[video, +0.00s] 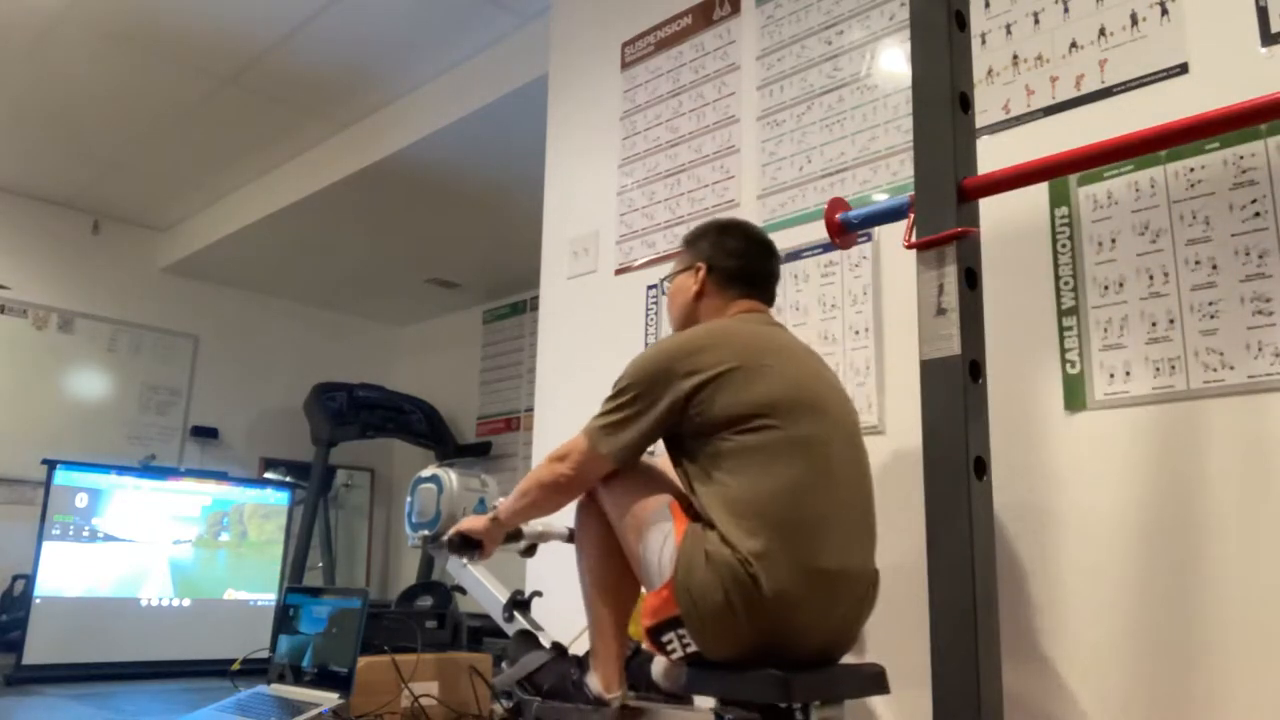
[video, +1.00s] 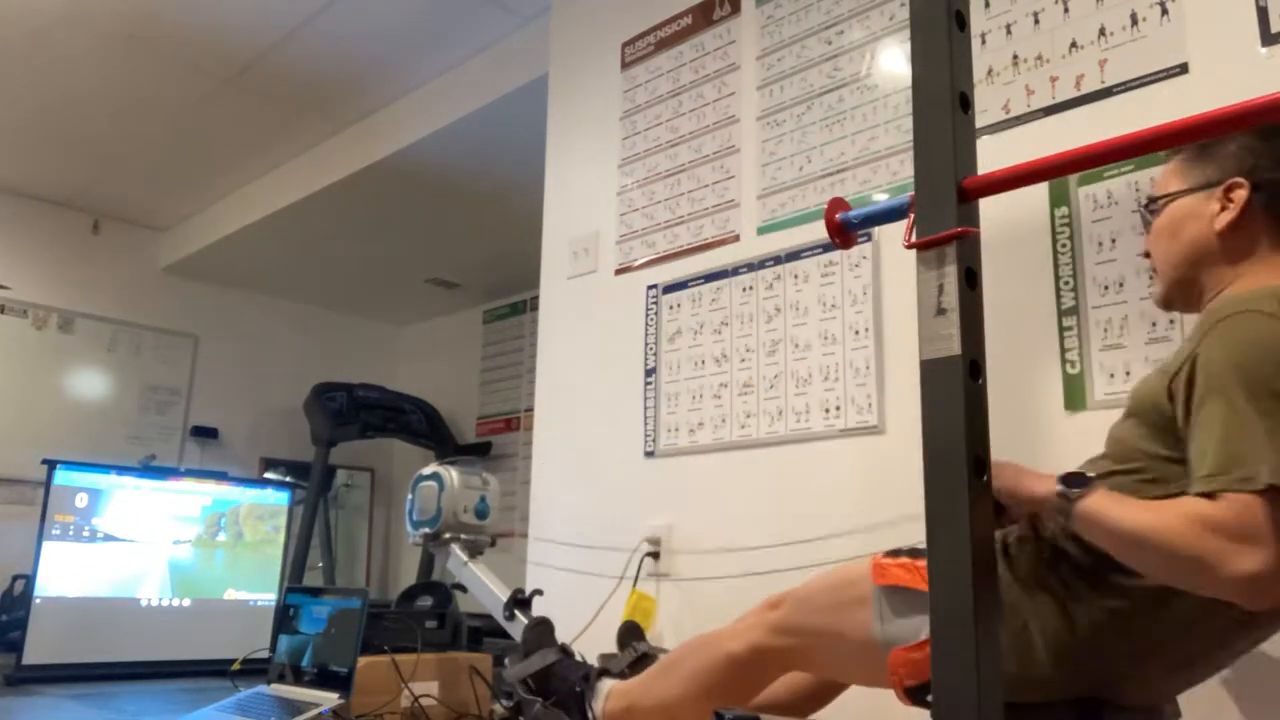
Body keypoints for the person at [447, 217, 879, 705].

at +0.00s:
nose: (667, 297)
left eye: (672, 280)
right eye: (669, 283)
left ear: (699, 277)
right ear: (761, 291)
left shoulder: (683, 355)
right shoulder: (806, 360)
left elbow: (570, 469)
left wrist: (497, 521)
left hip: (740, 623)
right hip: (832, 631)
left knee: (602, 476)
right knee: (678, 477)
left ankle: (605, 683)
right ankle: (673, 666)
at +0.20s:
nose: (729, 269)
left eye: (735, 251)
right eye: (731, 254)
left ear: (765, 250)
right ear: (827, 261)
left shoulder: (748, 330)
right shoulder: (874, 340)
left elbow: (637, 467)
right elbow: (792, 496)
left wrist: (556, 509)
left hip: (796, 628)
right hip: (895, 632)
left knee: (639, 503)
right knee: (705, 476)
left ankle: (607, 697)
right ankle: (679, 676)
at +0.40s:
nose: (895, 220)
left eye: (905, 198)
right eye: (901, 199)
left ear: (933, 209)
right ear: (1003, 217)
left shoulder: (913, 299)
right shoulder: (1039, 310)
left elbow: (762, 413)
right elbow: (901, 447)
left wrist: (652, 449)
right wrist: (775, 477)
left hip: (929, 627)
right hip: (1030, 630)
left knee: (711, 526)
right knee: (787, 532)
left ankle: (608, 699)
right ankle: (684, 689)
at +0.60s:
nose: (1075, 205)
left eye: (1089, 178)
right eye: (1079, 182)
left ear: (1150, 176)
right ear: (1182, 184)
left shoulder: (1122, 297)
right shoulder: (1260, 309)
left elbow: (936, 421)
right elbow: (1068, 469)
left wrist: (796, 437)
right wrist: (915, 478)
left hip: (1039, 633)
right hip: (1132, 651)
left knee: (766, 614)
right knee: (821, 619)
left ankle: (607, 709)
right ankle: (671, 704)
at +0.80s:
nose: (1159, 234)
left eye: (1175, 205)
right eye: (1163, 210)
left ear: (1249, 203)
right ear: (1248, 208)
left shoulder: (1245, 323)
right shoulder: (1252, 324)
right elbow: (1176, 534)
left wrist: (998, 474)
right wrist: (1012, 485)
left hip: (1061, 622)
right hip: (1104, 630)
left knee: (784, 627)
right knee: (838, 641)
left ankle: (606, 706)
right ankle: (696, 713)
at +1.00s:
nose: (1145, 234)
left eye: (1160, 206)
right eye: (1148, 213)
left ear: (1231, 207)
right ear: (1233, 212)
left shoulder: (1250, 327)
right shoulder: (1241, 329)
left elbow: (1252, 559)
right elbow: (1228, 547)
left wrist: (1058, 498)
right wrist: (1053, 505)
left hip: (1059, 630)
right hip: (1088, 631)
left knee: (783, 620)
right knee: (839, 629)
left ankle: (608, 704)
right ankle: (705, 716)